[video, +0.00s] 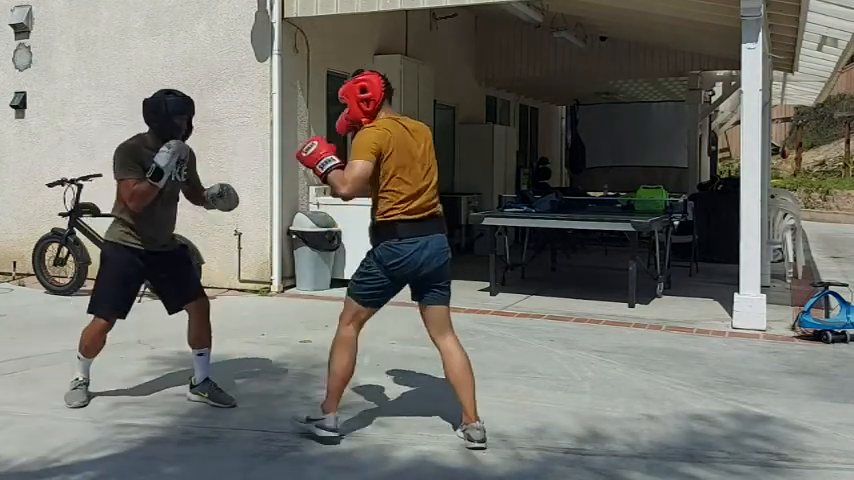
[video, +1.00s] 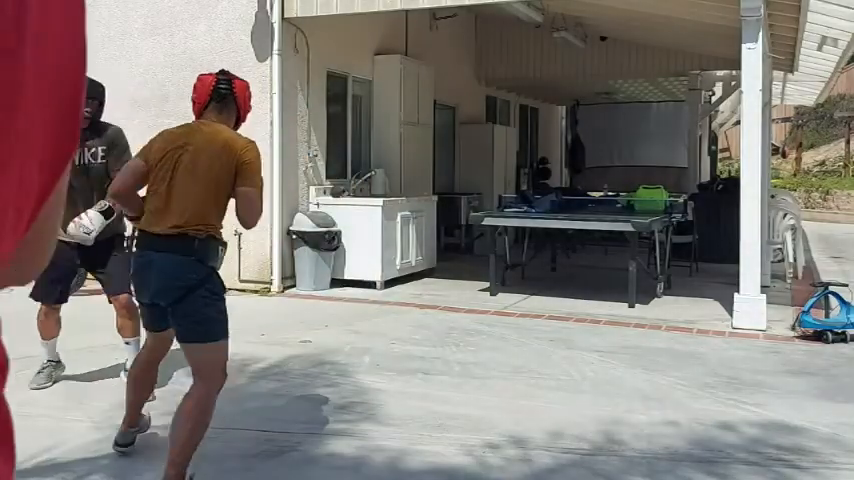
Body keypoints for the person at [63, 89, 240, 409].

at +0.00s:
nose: (189, 126)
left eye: (189, 120)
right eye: (183, 120)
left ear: (182, 122)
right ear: (163, 121)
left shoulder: (183, 153)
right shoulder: (129, 151)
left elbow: (194, 194)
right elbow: (135, 202)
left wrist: (214, 198)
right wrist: (161, 170)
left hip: (164, 247)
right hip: (125, 244)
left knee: (199, 305)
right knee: (104, 319)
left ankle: (200, 381)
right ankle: (80, 378)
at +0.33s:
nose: (177, 125)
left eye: (178, 120)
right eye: (173, 120)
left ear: (170, 123)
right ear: (153, 122)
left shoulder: (174, 150)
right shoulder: (117, 149)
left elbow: (187, 200)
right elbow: (140, 191)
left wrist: (196, 183)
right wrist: (155, 155)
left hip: (162, 247)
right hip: (119, 245)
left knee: (195, 306)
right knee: (96, 320)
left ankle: (203, 377)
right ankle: (80, 379)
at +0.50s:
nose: (171, 131)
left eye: (171, 126)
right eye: (167, 125)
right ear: (149, 120)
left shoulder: (163, 157)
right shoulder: (120, 147)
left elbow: (170, 204)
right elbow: (166, 155)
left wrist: (173, 225)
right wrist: (160, 123)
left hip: (162, 255)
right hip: (120, 253)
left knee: (199, 311)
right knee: (101, 333)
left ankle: (199, 379)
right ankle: (78, 372)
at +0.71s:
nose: (126, 118)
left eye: (130, 112)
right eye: (119, 111)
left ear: (136, 113)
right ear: (105, 112)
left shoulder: (138, 142)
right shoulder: (84, 140)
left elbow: (141, 187)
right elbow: (129, 169)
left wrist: (131, 212)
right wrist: (119, 134)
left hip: (129, 236)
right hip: (87, 236)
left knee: (160, 304)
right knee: (85, 315)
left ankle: (177, 374)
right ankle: (74, 377)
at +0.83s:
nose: (116, 104)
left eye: (120, 98)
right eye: (108, 98)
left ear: (123, 98)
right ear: (89, 98)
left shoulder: (130, 125)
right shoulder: (70, 131)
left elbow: (131, 172)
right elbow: (99, 163)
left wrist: (116, 206)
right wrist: (93, 123)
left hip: (118, 227)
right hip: (74, 227)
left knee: (140, 294)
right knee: (70, 300)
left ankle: (149, 368)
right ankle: (66, 374)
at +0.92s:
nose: (98, 100)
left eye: (104, 94)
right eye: (92, 93)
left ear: (111, 97)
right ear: (78, 93)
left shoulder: (119, 125)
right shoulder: (62, 126)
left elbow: (125, 173)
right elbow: (66, 172)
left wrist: (102, 205)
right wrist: (74, 124)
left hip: (111, 228)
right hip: (66, 226)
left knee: (129, 295)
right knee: (55, 298)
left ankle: (133, 362)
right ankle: (56, 361)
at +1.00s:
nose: (88, 109)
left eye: (94, 104)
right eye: (84, 102)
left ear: (101, 106)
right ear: (71, 104)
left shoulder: (111, 136)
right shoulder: (54, 135)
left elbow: (124, 184)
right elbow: (41, 184)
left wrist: (101, 213)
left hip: (106, 235)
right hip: (61, 236)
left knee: (124, 301)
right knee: (49, 304)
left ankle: (133, 362)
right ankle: (51, 361)